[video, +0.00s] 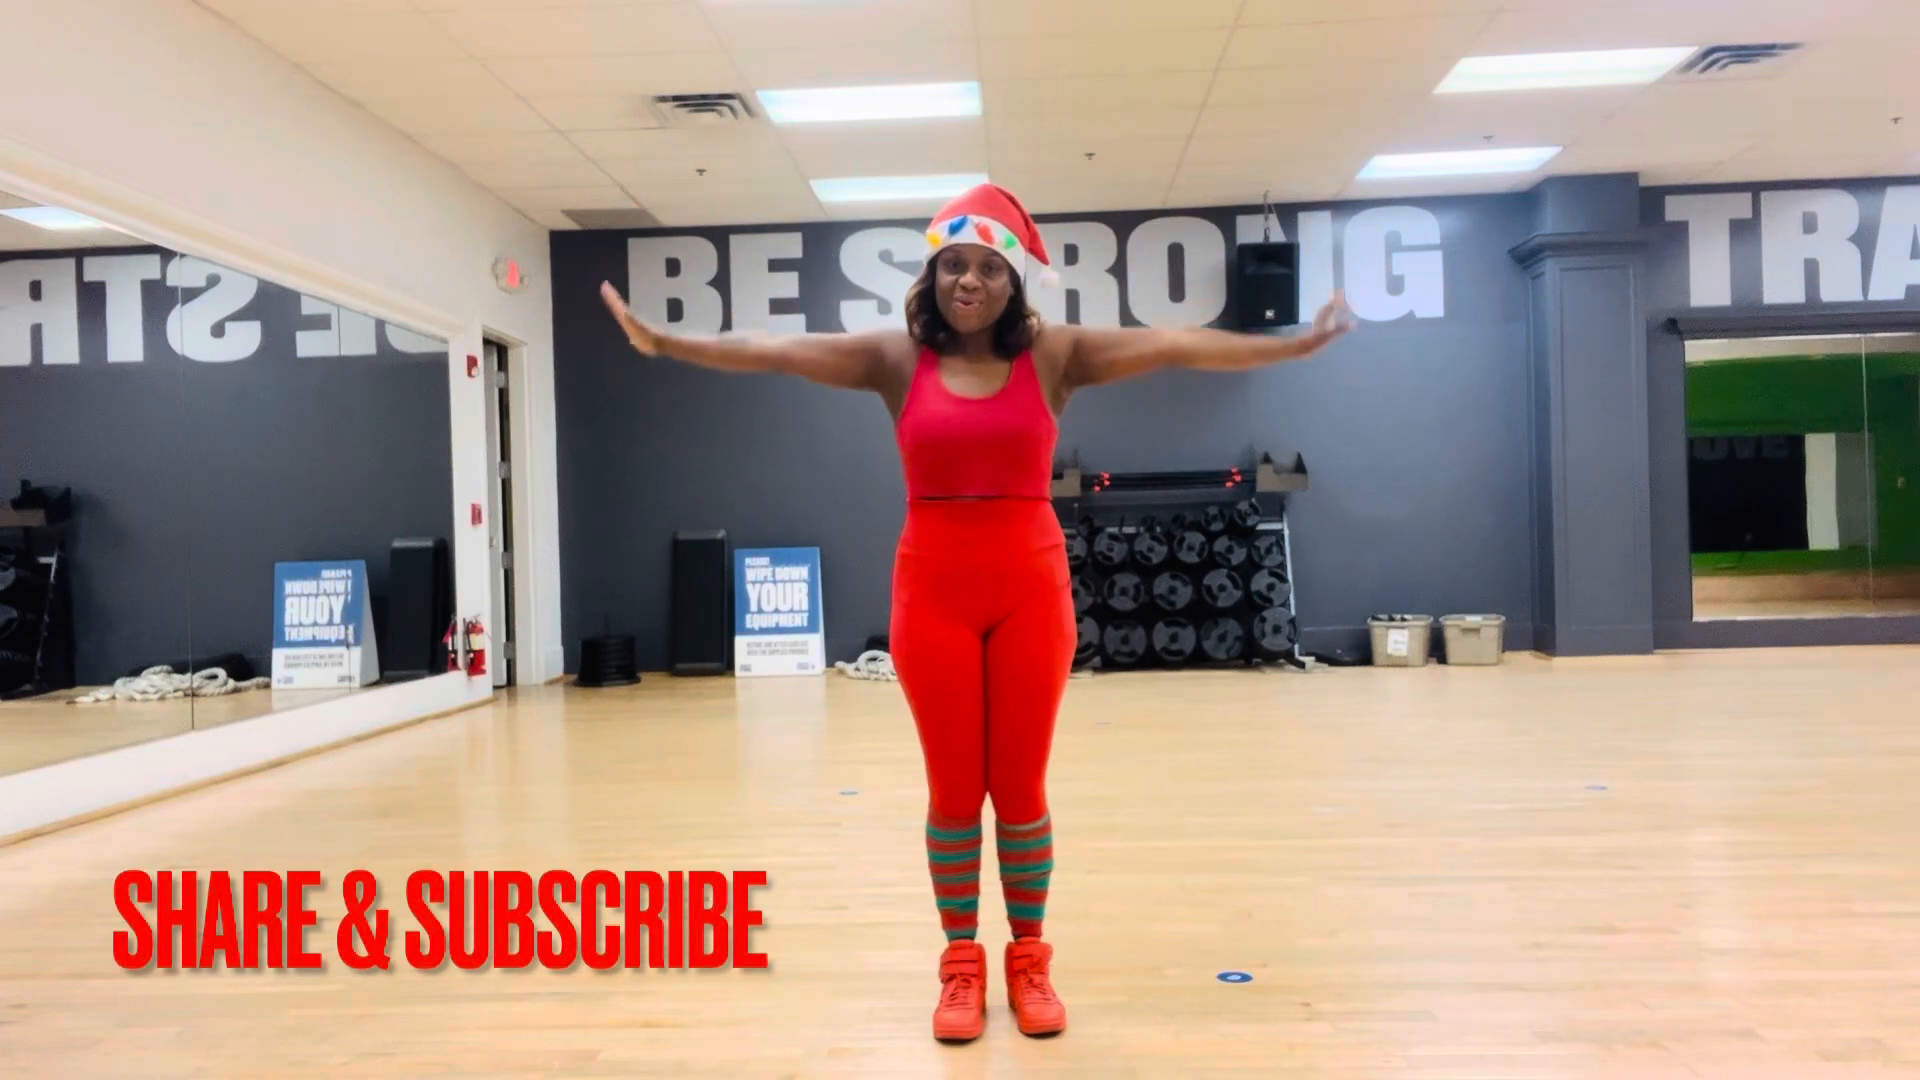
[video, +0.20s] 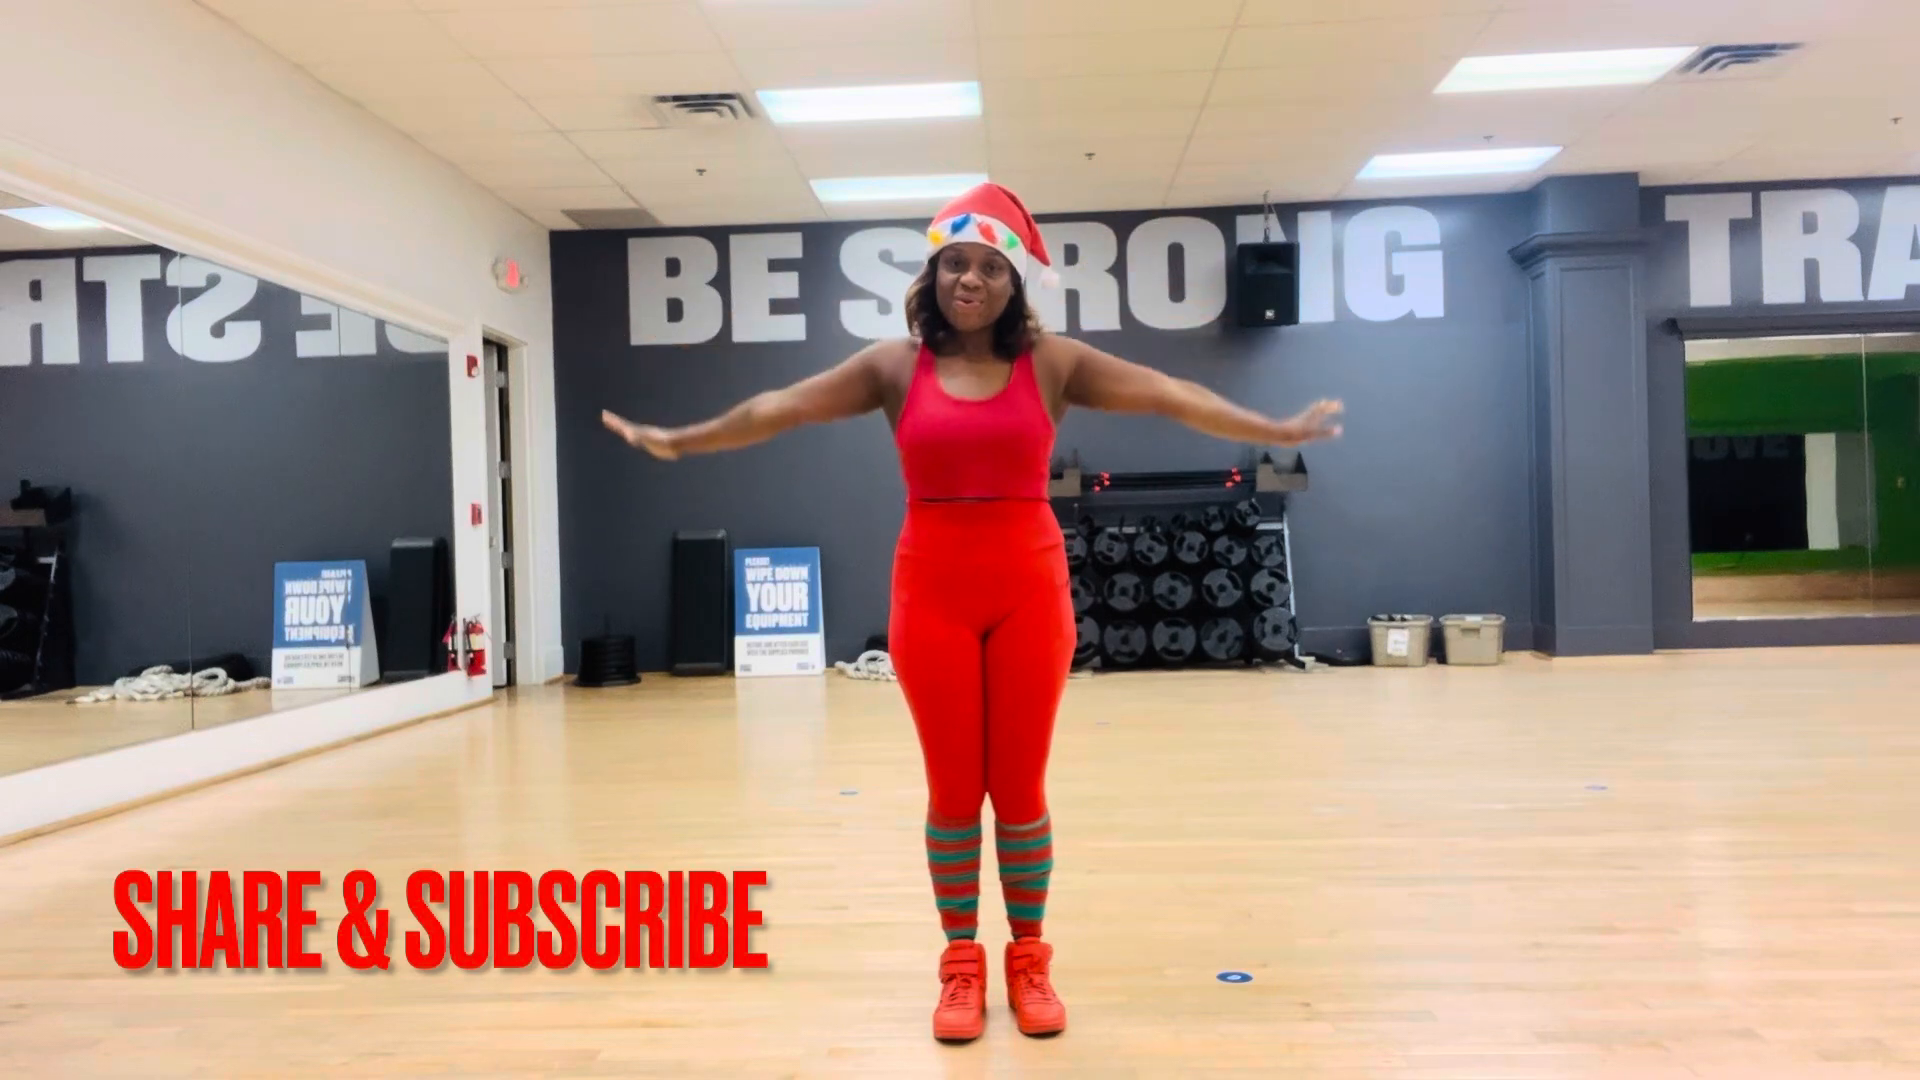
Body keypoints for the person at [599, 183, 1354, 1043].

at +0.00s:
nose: (966, 285)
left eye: (984, 270)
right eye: (952, 268)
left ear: (1014, 278)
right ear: (931, 276)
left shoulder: (1054, 351)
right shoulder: (898, 355)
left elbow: (1176, 345)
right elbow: (774, 353)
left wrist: (1291, 345)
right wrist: (658, 342)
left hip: (1031, 591)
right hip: (933, 593)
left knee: (1019, 786)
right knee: (955, 785)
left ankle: (1030, 961)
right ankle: (962, 966)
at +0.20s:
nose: (968, 280)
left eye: (985, 268)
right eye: (954, 267)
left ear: (1013, 282)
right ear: (933, 280)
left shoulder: (1051, 361)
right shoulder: (896, 364)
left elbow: (1170, 396)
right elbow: (779, 408)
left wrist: (1276, 430)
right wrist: (678, 442)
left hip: (1031, 589)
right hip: (932, 593)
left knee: (1019, 785)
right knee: (954, 787)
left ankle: (1030, 959)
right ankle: (962, 965)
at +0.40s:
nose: (970, 282)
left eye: (989, 270)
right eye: (956, 266)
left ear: (1013, 286)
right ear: (933, 276)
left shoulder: (1050, 370)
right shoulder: (894, 372)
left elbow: (1149, 450)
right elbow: (799, 469)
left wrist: (1234, 528)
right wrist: (722, 541)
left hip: (1030, 589)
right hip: (931, 591)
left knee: (1018, 784)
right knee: (954, 788)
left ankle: (1031, 960)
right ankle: (963, 966)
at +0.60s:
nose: (969, 282)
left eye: (988, 270)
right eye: (955, 265)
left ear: (1012, 285)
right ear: (932, 277)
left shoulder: (1049, 375)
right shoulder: (894, 377)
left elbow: (1093, 483)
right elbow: (856, 498)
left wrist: (1143, 592)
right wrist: (818, 598)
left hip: (1031, 592)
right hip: (931, 593)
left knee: (1019, 785)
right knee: (955, 786)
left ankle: (1029, 964)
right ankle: (961, 965)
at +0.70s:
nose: (967, 282)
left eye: (987, 270)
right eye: (954, 265)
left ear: (1011, 287)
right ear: (931, 277)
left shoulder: (1049, 375)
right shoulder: (892, 376)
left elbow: (1067, 485)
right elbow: (882, 494)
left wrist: (1073, 585)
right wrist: (878, 596)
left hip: (1029, 592)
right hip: (930, 596)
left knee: (1019, 785)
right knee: (955, 788)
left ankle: (1030, 963)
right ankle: (962, 966)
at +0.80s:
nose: (964, 284)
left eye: (983, 272)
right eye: (950, 268)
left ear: (1008, 288)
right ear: (929, 281)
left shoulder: (1045, 371)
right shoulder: (892, 374)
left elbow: (1064, 478)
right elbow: (884, 485)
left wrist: (988, 544)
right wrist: (928, 557)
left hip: (1033, 592)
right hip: (933, 594)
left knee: (1021, 782)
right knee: (955, 783)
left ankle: (1030, 966)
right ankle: (962, 968)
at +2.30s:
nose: (1016, 279)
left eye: (1033, 265)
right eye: (1001, 264)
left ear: (1057, 282)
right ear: (977, 278)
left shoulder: (1096, 374)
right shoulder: (934, 367)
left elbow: (1129, 494)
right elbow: (874, 460)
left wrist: (1071, 468)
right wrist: (922, 496)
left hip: (1056, 599)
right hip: (953, 598)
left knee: (1052, 794)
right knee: (954, 795)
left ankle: (1046, 967)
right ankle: (967, 969)